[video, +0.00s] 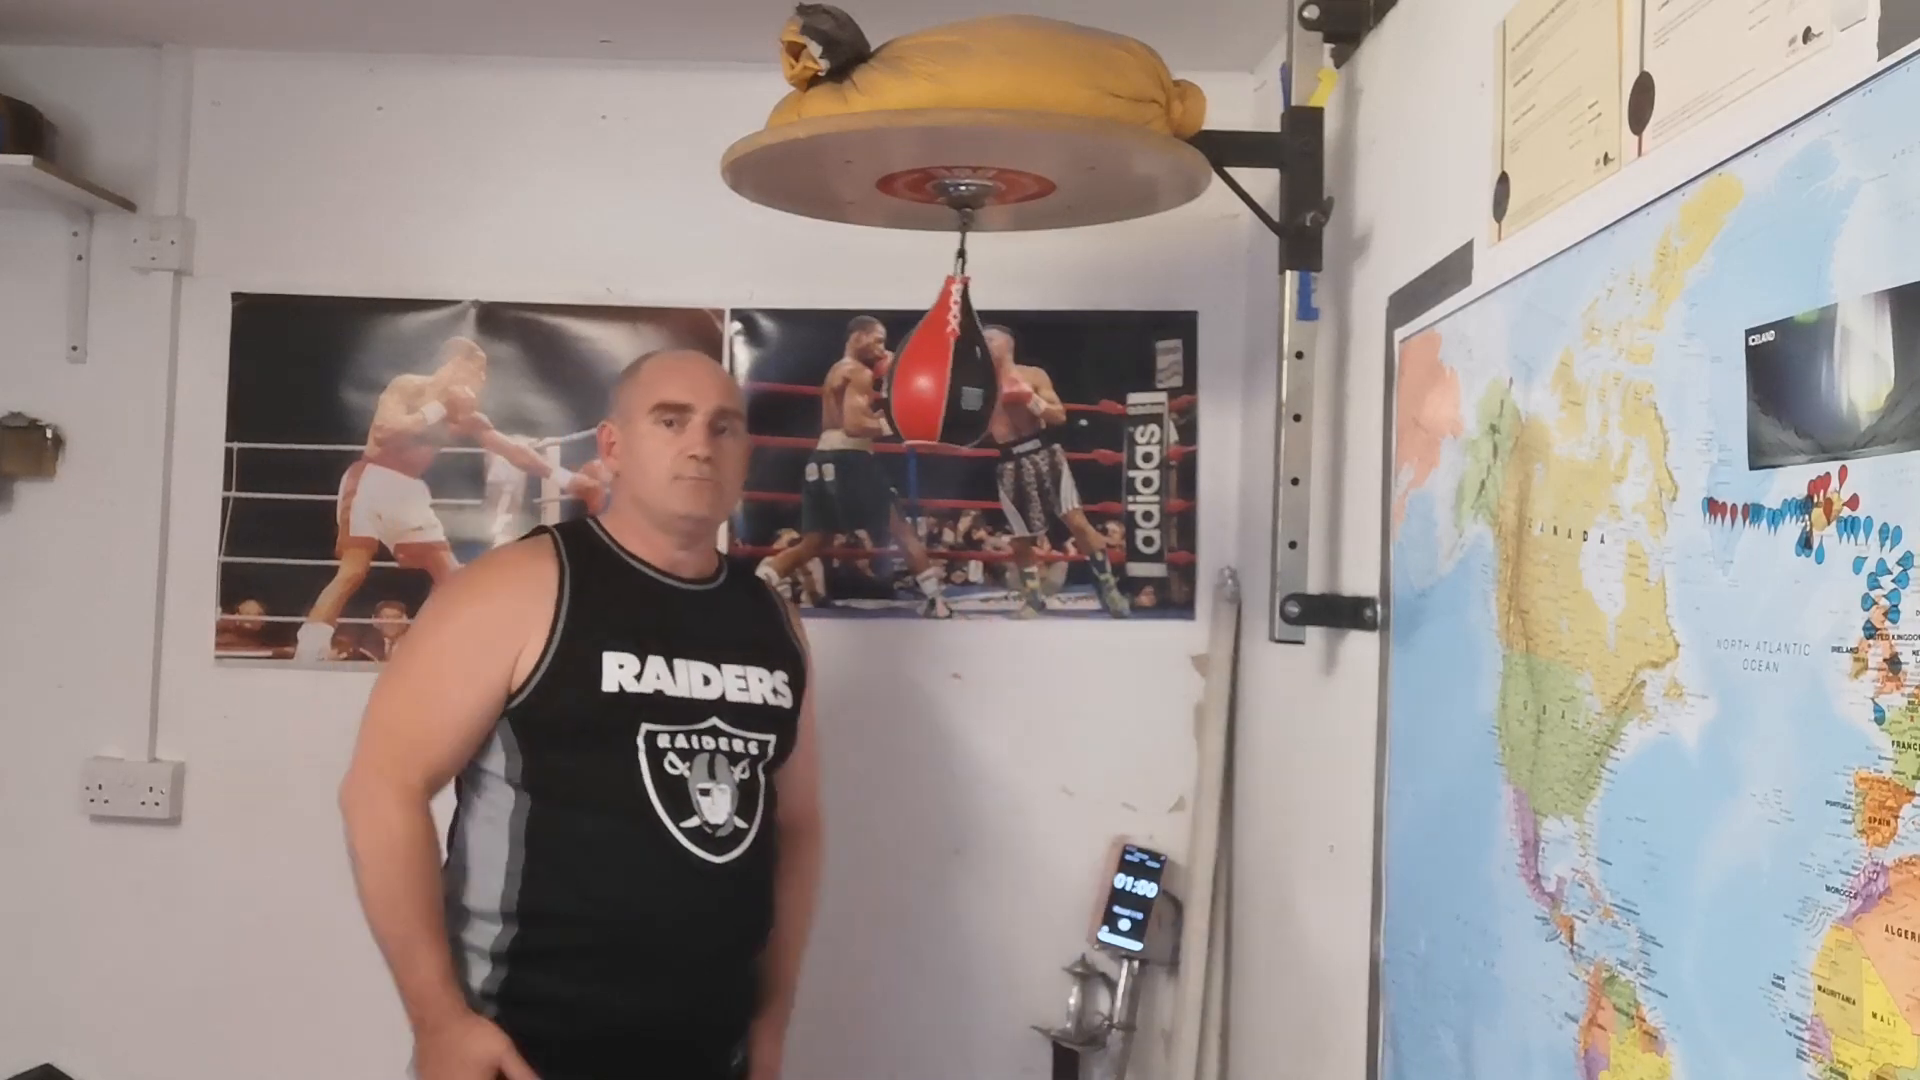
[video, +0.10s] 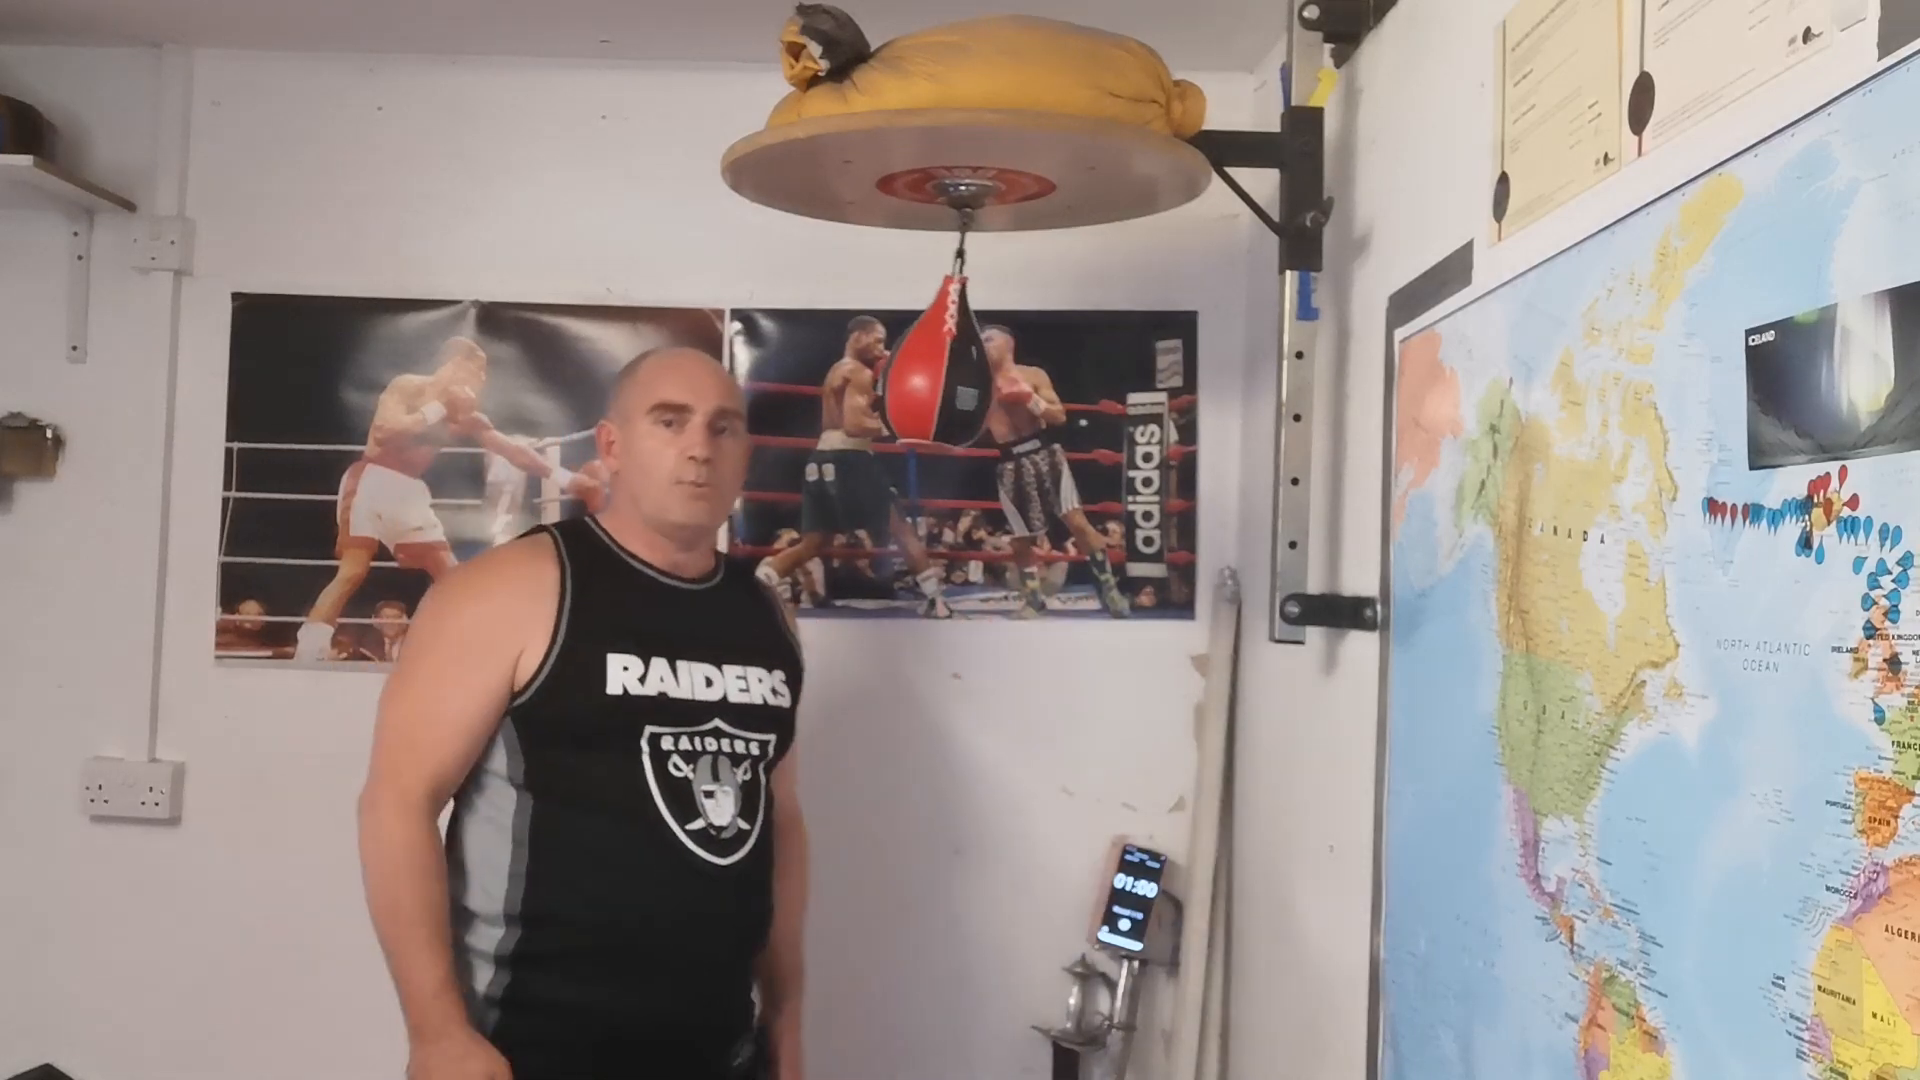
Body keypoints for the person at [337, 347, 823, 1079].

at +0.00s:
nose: (702, 442)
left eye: (724, 425)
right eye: (670, 419)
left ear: (745, 459)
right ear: (611, 447)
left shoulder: (768, 619)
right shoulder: (518, 586)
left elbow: (795, 828)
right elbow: (381, 787)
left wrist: (770, 1018)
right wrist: (439, 1019)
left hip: (708, 1040)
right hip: (533, 1037)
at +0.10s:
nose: (701, 445)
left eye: (724, 425)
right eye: (669, 419)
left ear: (745, 457)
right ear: (610, 447)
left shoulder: (760, 613)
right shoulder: (506, 591)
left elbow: (777, 816)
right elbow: (397, 803)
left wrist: (783, 1014)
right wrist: (439, 1032)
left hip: (711, 1039)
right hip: (538, 1037)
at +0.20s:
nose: (695, 449)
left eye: (718, 427)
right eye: (663, 420)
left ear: (738, 455)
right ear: (601, 445)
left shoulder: (749, 611)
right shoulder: (511, 589)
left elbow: (790, 812)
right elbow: (392, 806)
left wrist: (803, 1003)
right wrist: (442, 1038)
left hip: (711, 1039)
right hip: (541, 1040)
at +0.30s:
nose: (681, 448)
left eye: (703, 424)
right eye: (649, 421)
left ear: (728, 451)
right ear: (591, 444)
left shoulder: (748, 612)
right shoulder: (514, 586)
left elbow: (797, 813)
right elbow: (400, 800)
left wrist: (830, 1004)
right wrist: (452, 1038)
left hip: (705, 1034)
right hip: (537, 1034)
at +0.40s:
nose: (673, 442)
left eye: (697, 419)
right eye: (641, 417)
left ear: (720, 447)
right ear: (583, 447)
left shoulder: (741, 608)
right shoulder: (509, 589)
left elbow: (798, 814)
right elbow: (407, 808)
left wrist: (852, 996)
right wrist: (468, 1040)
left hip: (706, 1038)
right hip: (545, 1040)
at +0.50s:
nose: (666, 444)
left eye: (689, 420)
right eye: (634, 418)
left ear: (716, 448)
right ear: (577, 449)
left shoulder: (739, 613)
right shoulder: (504, 595)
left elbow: (793, 816)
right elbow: (408, 816)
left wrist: (856, 988)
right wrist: (480, 1030)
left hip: (707, 1035)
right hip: (548, 1037)